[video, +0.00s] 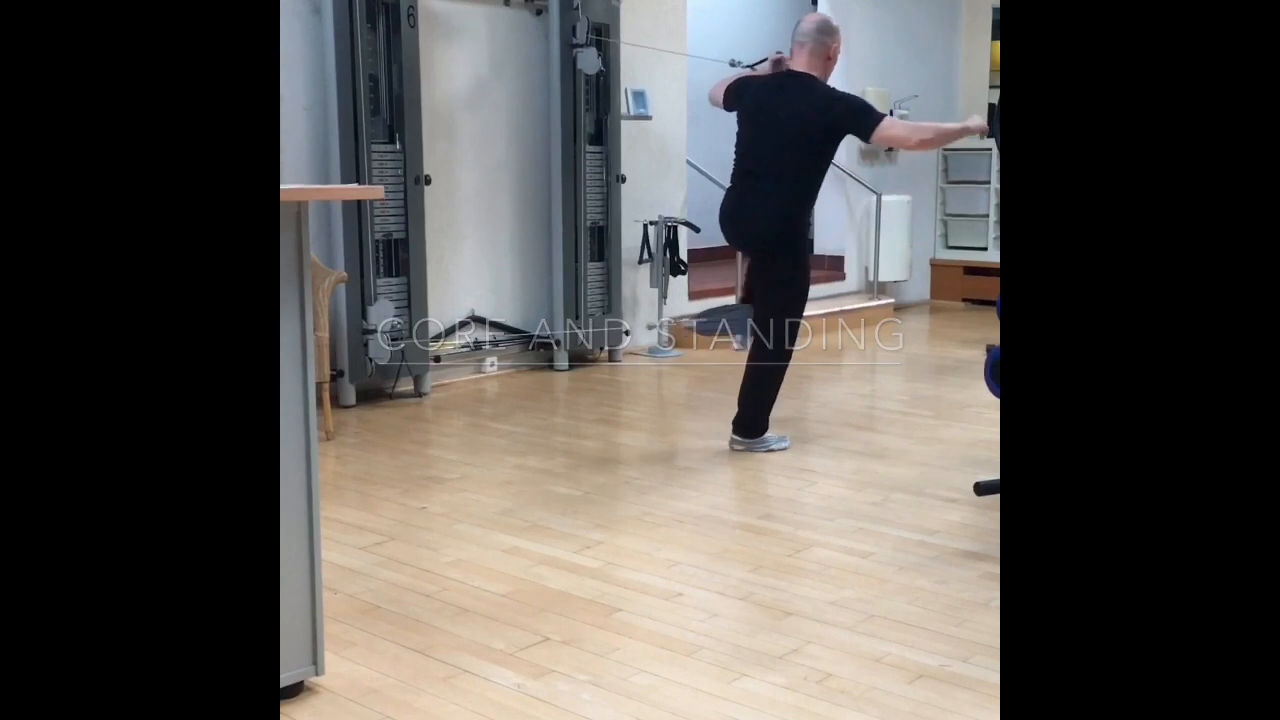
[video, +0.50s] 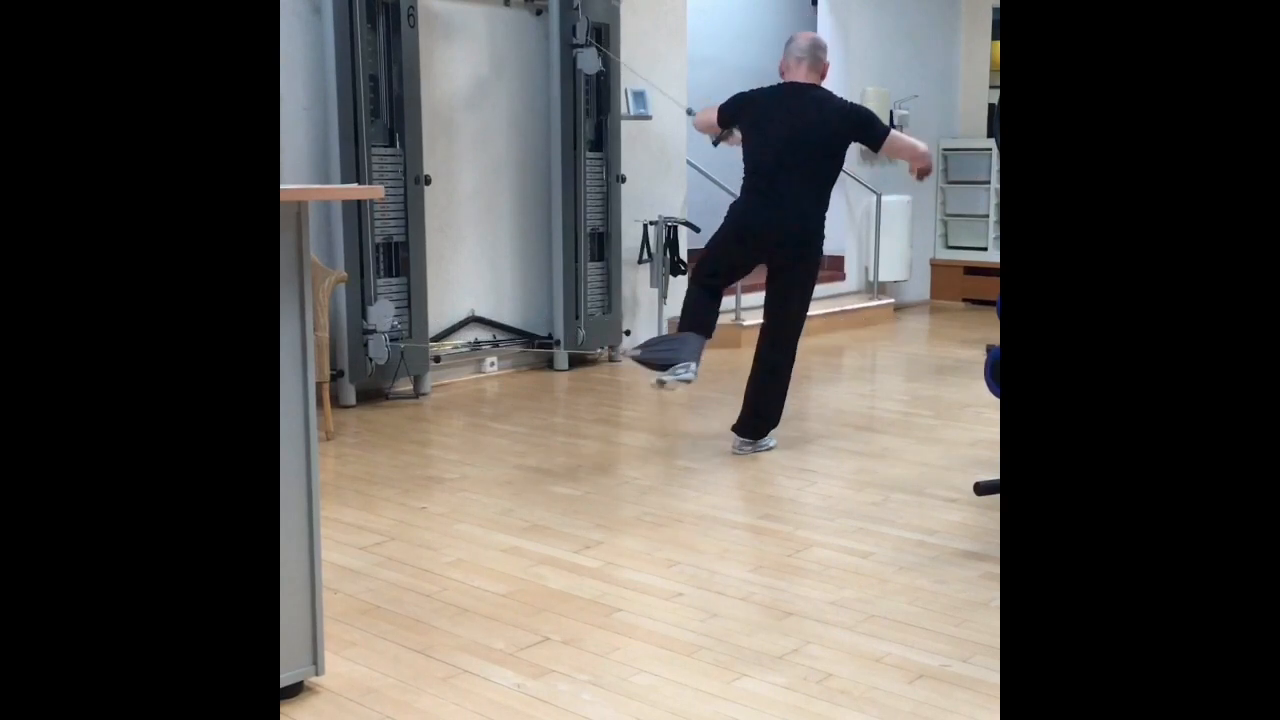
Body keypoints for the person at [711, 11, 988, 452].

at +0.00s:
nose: (835, 59)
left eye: (832, 53)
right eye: (837, 53)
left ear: (791, 49)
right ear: (833, 54)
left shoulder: (754, 87)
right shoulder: (837, 105)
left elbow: (716, 94)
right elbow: (912, 137)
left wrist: (761, 70)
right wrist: (969, 127)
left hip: (734, 219)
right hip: (782, 231)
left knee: (761, 246)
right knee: (776, 331)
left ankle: (746, 313)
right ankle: (748, 431)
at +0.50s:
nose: (784, 69)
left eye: (784, 63)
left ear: (784, 66)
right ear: (826, 70)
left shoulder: (755, 101)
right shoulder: (845, 112)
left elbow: (703, 121)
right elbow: (915, 150)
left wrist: (736, 135)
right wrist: (922, 162)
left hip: (748, 225)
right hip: (802, 238)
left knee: (707, 278)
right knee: (780, 337)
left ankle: (688, 351)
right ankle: (752, 433)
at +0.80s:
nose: (811, 93)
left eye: (796, 85)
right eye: (826, 92)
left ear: (788, 86)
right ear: (829, 94)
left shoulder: (758, 115)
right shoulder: (842, 130)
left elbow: (725, 154)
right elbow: (909, 182)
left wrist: (753, 159)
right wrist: (936, 220)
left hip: (742, 229)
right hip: (796, 241)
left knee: (691, 297)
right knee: (780, 338)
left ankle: (661, 364)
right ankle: (752, 431)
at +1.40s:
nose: (832, 136)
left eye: (820, 129)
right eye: (834, 131)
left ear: (797, 124)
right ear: (833, 130)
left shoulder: (768, 145)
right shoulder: (841, 152)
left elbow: (740, 187)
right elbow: (898, 200)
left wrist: (763, 213)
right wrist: (943, 249)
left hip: (741, 232)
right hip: (795, 244)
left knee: (700, 309)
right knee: (783, 335)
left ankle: (642, 382)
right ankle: (752, 431)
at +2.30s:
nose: (842, 174)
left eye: (836, 169)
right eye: (842, 169)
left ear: (804, 161)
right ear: (838, 166)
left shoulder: (776, 174)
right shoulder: (843, 181)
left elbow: (745, 212)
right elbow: (895, 228)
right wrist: (937, 278)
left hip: (747, 232)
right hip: (796, 246)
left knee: (706, 295)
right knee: (787, 338)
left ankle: (642, 345)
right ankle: (751, 432)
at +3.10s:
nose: (838, 160)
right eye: (840, 155)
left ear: (802, 145)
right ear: (838, 152)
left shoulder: (772, 160)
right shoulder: (843, 173)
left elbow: (749, 203)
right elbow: (894, 222)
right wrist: (924, 278)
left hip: (747, 235)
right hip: (800, 246)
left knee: (719, 319)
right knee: (787, 338)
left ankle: (684, 396)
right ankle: (750, 432)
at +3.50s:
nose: (842, 136)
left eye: (840, 133)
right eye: (843, 132)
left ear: (801, 119)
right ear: (838, 128)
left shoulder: (770, 139)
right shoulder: (845, 156)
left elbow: (754, 193)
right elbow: (894, 218)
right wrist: (906, 276)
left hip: (753, 240)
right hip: (806, 249)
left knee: (728, 331)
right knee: (788, 339)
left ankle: (738, 430)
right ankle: (759, 428)